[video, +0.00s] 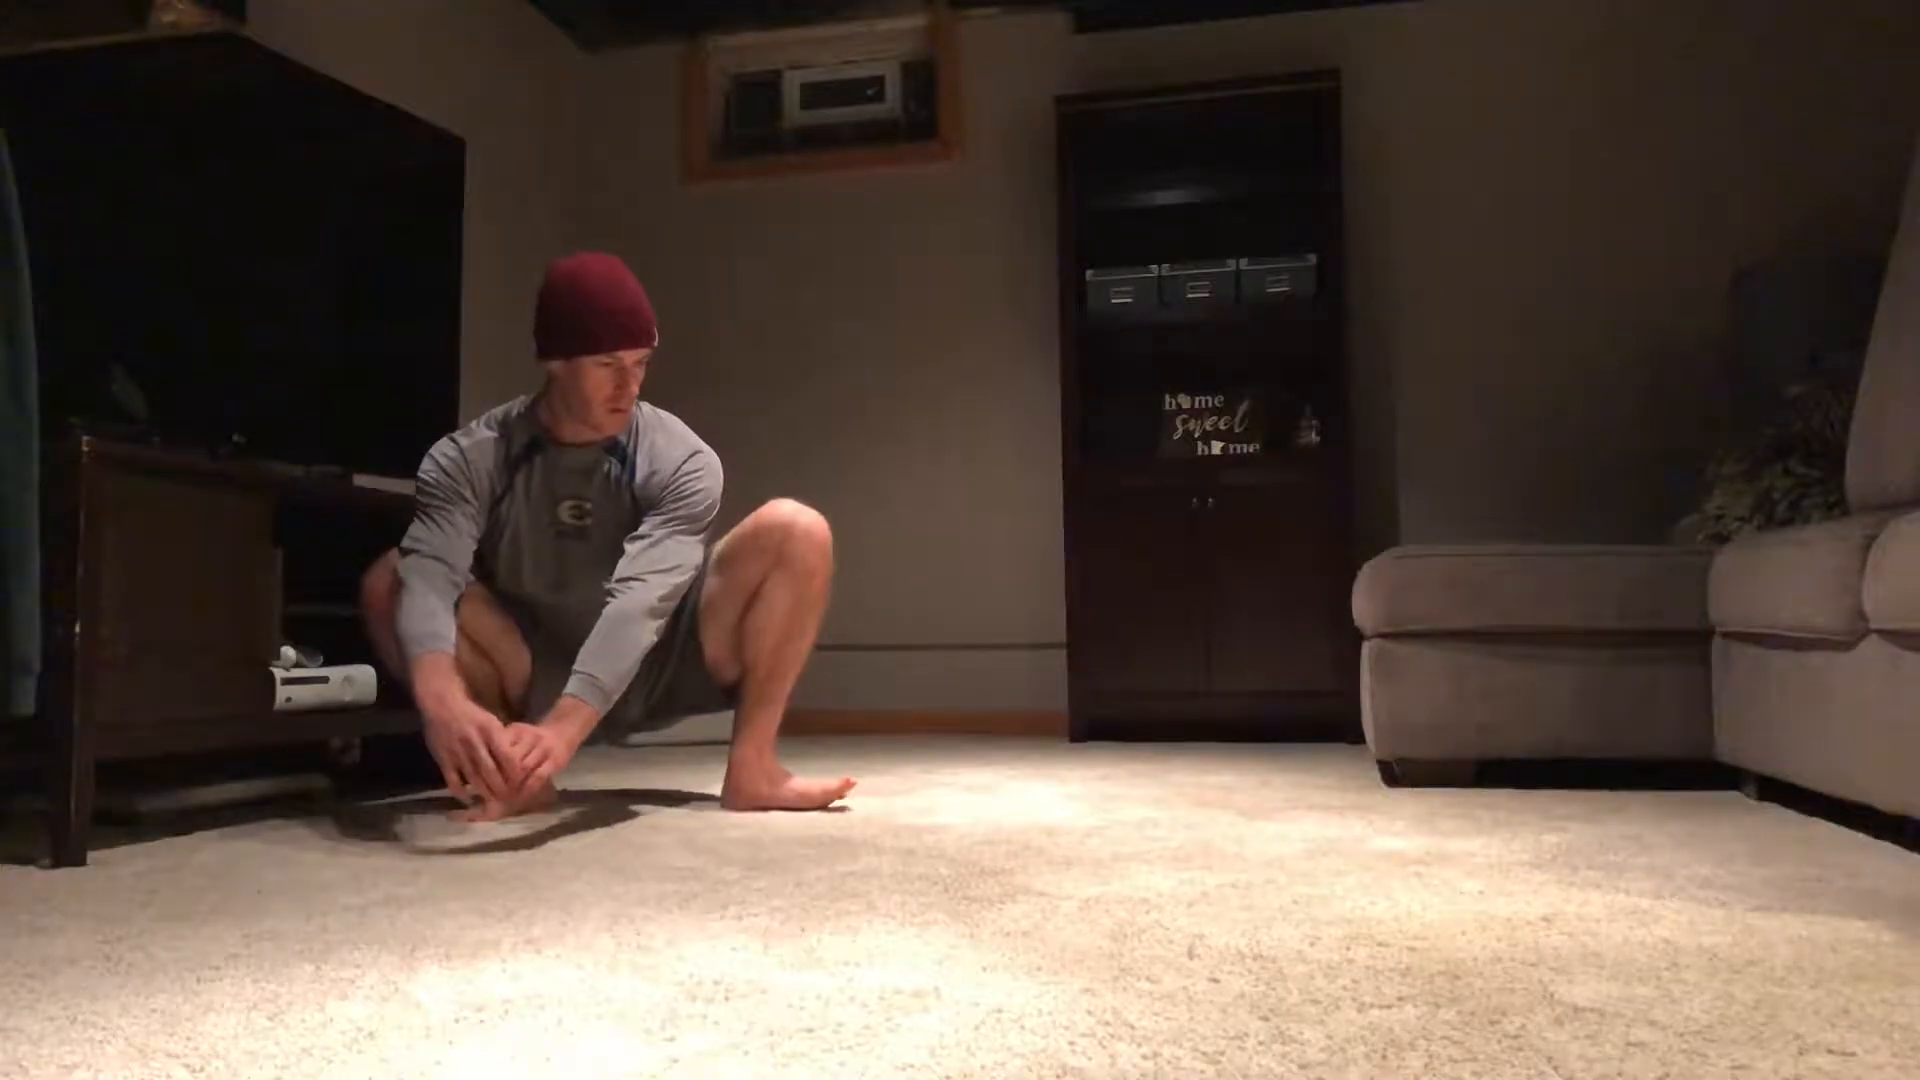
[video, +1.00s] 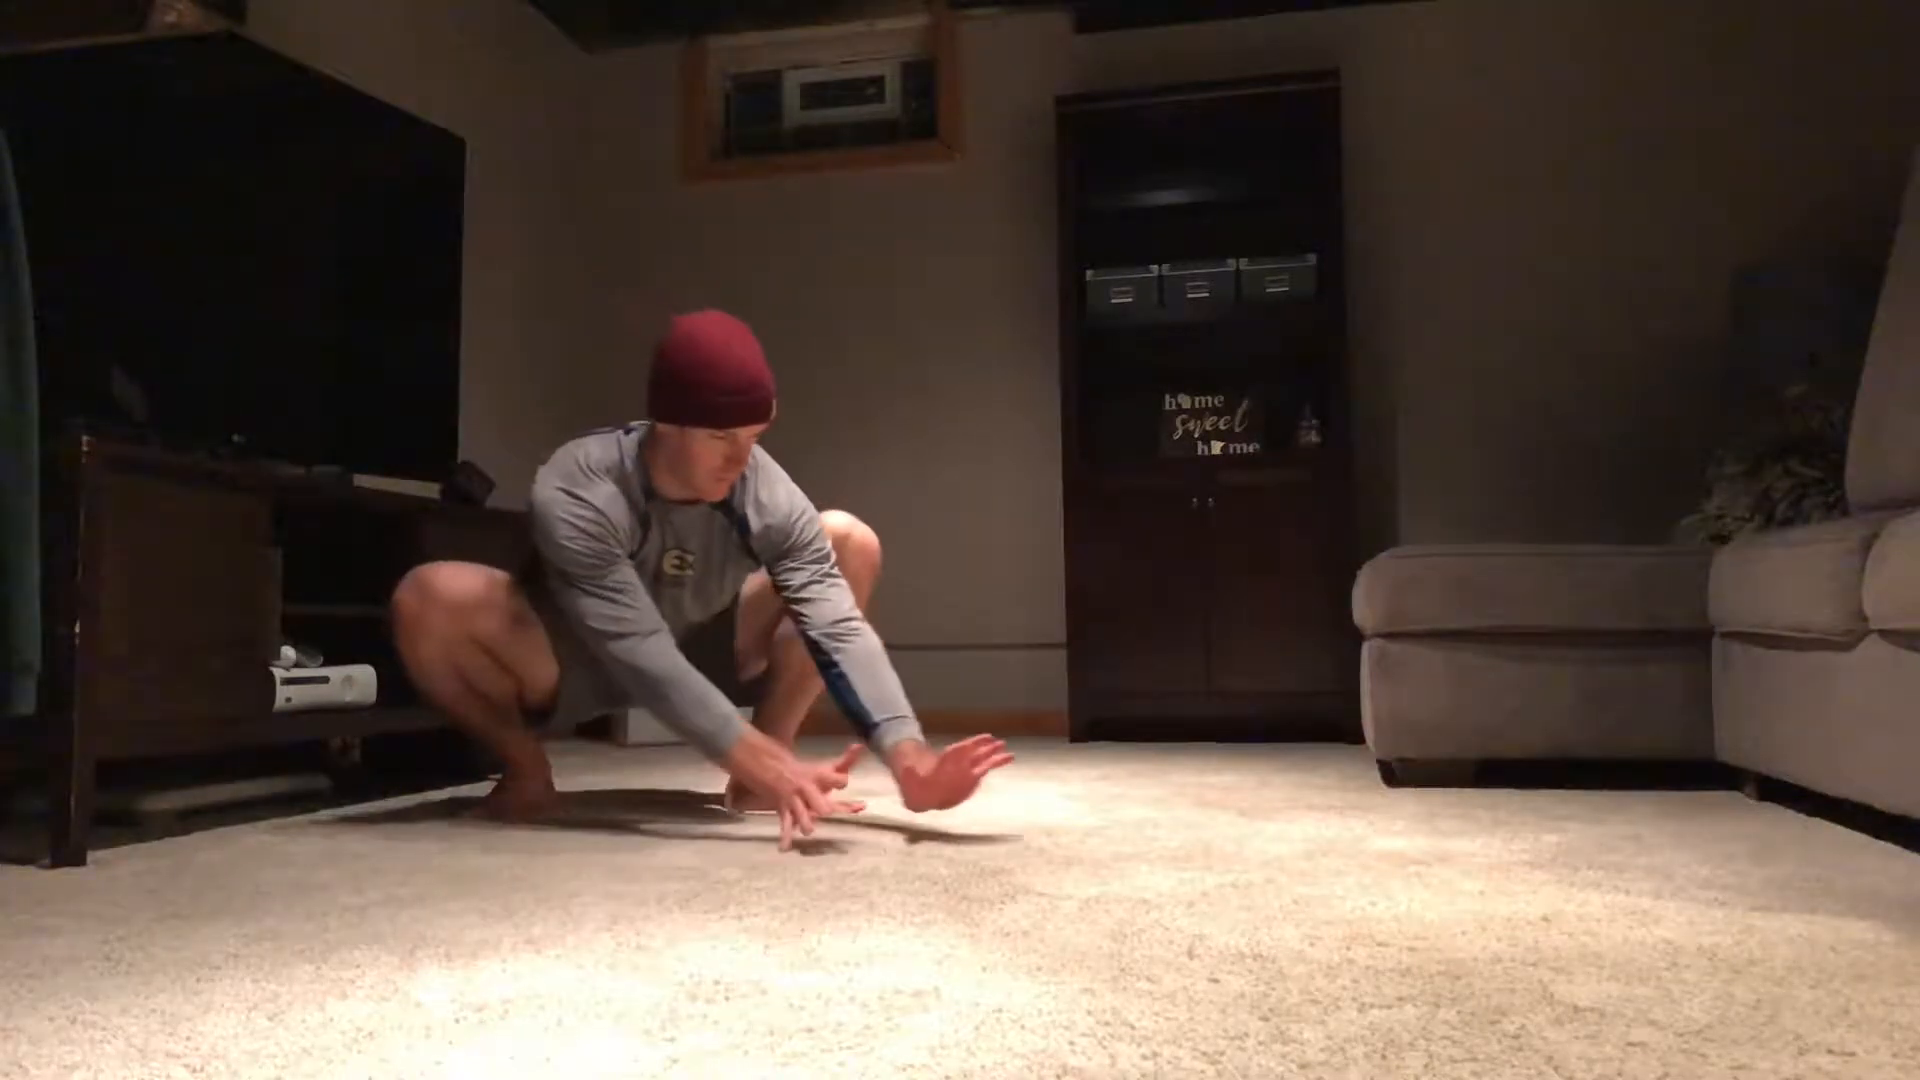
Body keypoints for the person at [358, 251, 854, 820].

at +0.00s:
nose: (629, 387)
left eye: (639, 367)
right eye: (608, 368)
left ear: (650, 362)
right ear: (554, 362)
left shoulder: (682, 465)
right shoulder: (466, 461)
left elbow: (639, 607)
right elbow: (429, 578)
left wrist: (560, 732)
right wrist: (439, 699)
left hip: (649, 668)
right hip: (533, 672)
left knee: (797, 532)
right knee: (390, 584)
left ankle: (754, 770)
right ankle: (511, 772)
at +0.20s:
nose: (634, 398)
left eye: (646, 378)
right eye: (614, 379)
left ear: (658, 374)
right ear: (560, 372)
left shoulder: (689, 476)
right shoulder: (472, 466)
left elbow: (654, 618)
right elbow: (440, 596)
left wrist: (587, 750)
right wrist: (476, 729)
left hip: (659, 669)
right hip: (541, 671)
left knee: (800, 531)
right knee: (390, 586)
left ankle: (753, 770)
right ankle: (510, 766)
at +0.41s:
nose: (650, 410)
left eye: (664, 390)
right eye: (630, 391)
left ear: (676, 383)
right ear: (578, 384)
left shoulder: (702, 484)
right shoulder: (487, 471)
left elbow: (687, 625)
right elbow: (473, 608)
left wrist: (647, 745)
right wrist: (537, 743)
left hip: (659, 676)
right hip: (549, 678)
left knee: (805, 531)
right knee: (399, 583)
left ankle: (755, 768)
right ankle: (530, 772)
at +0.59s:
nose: (669, 422)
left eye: (681, 401)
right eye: (648, 401)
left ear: (693, 394)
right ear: (596, 395)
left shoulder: (717, 489)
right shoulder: (506, 477)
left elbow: (729, 626)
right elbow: (526, 624)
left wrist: (722, 748)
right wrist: (626, 750)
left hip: (670, 672)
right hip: (555, 675)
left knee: (816, 534)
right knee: (409, 588)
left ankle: (751, 763)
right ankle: (524, 773)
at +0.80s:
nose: (699, 438)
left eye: (711, 417)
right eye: (680, 417)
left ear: (723, 408)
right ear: (625, 406)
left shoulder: (741, 492)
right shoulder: (537, 486)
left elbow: (788, 627)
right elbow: (595, 643)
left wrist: (818, 746)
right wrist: (712, 759)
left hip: (688, 666)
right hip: (571, 670)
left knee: (831, 536)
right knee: (422, 591)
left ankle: (775, 748)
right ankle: (527, 773)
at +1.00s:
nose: (743, 456)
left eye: (754, 438)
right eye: (725, 439)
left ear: (762, 429)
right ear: (669, 426)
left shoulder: (765, 493)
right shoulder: (575, 495)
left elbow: (838, 626)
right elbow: (644, 656)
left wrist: (911, 763)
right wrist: (768, 764)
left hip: (698, 646)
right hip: (582, 649)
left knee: (849, 540)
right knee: (428, 600)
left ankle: (758, 775)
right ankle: (525, 773)